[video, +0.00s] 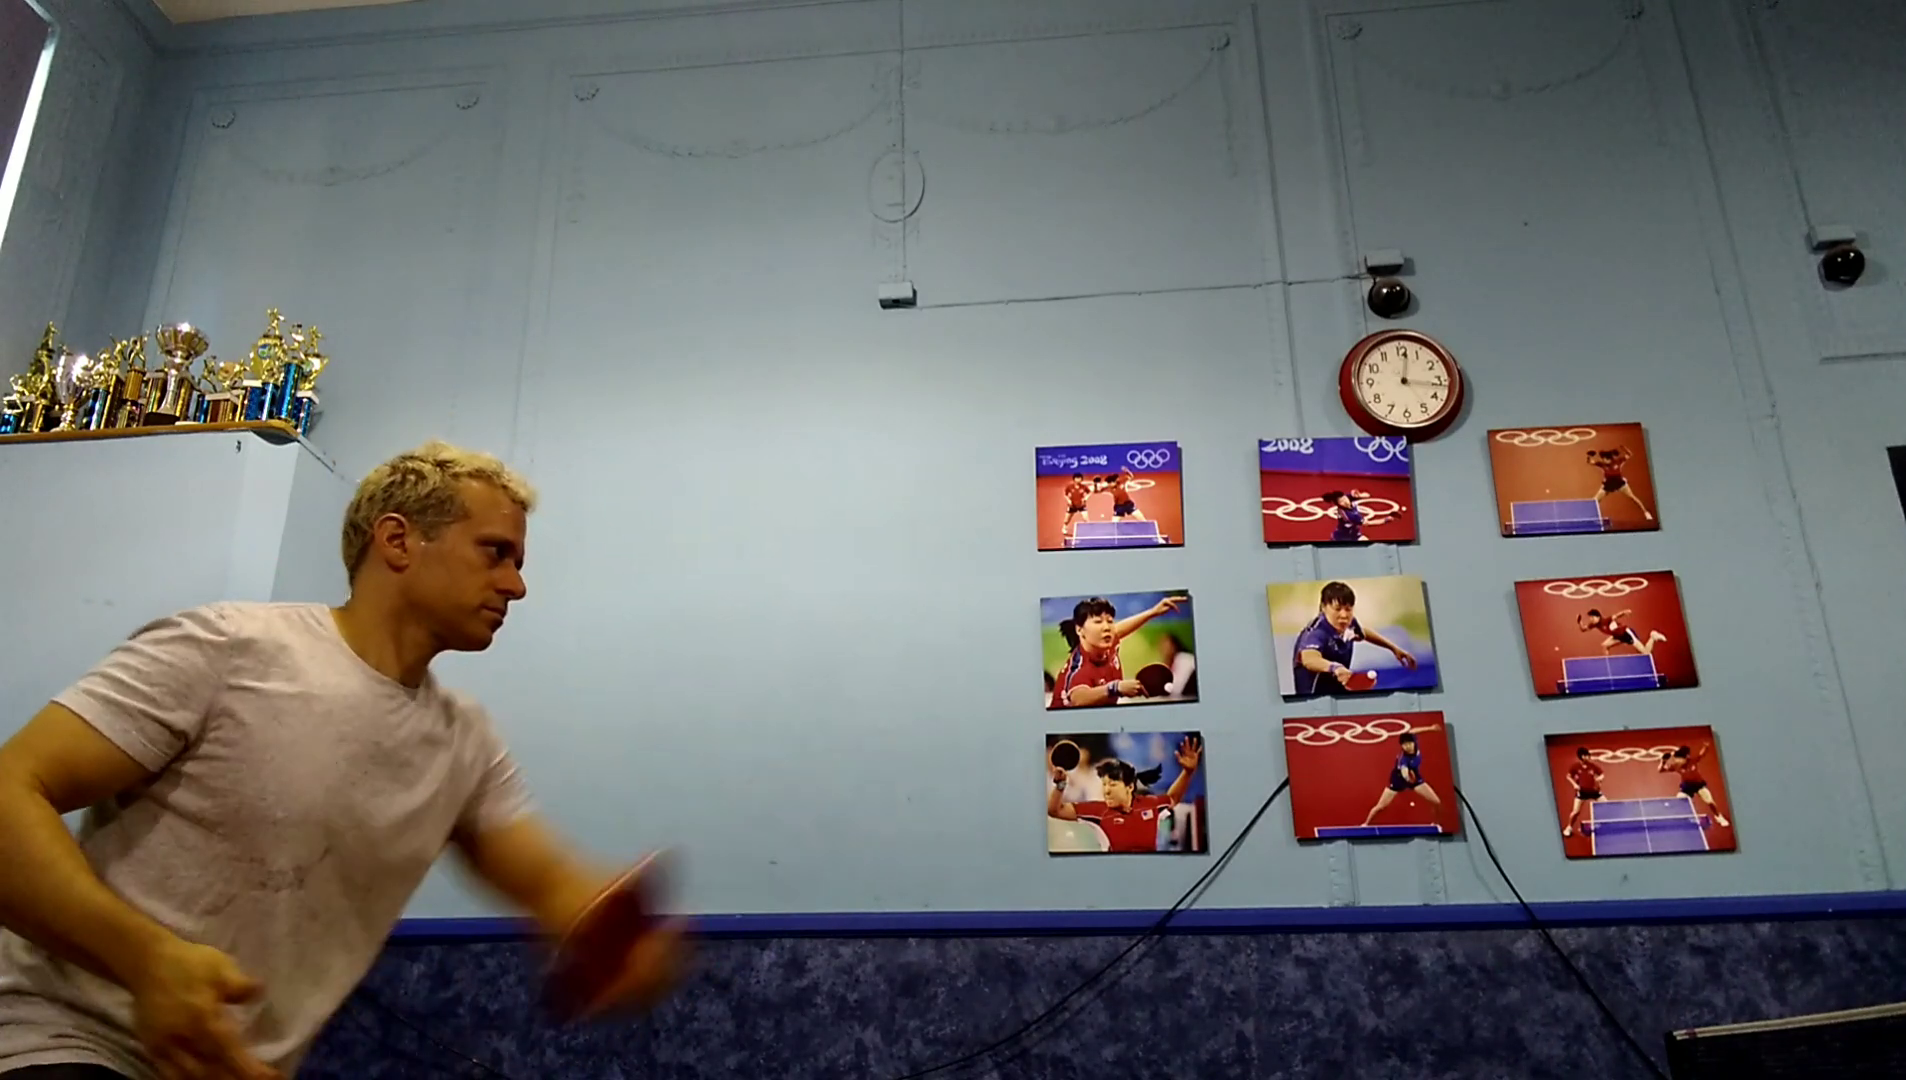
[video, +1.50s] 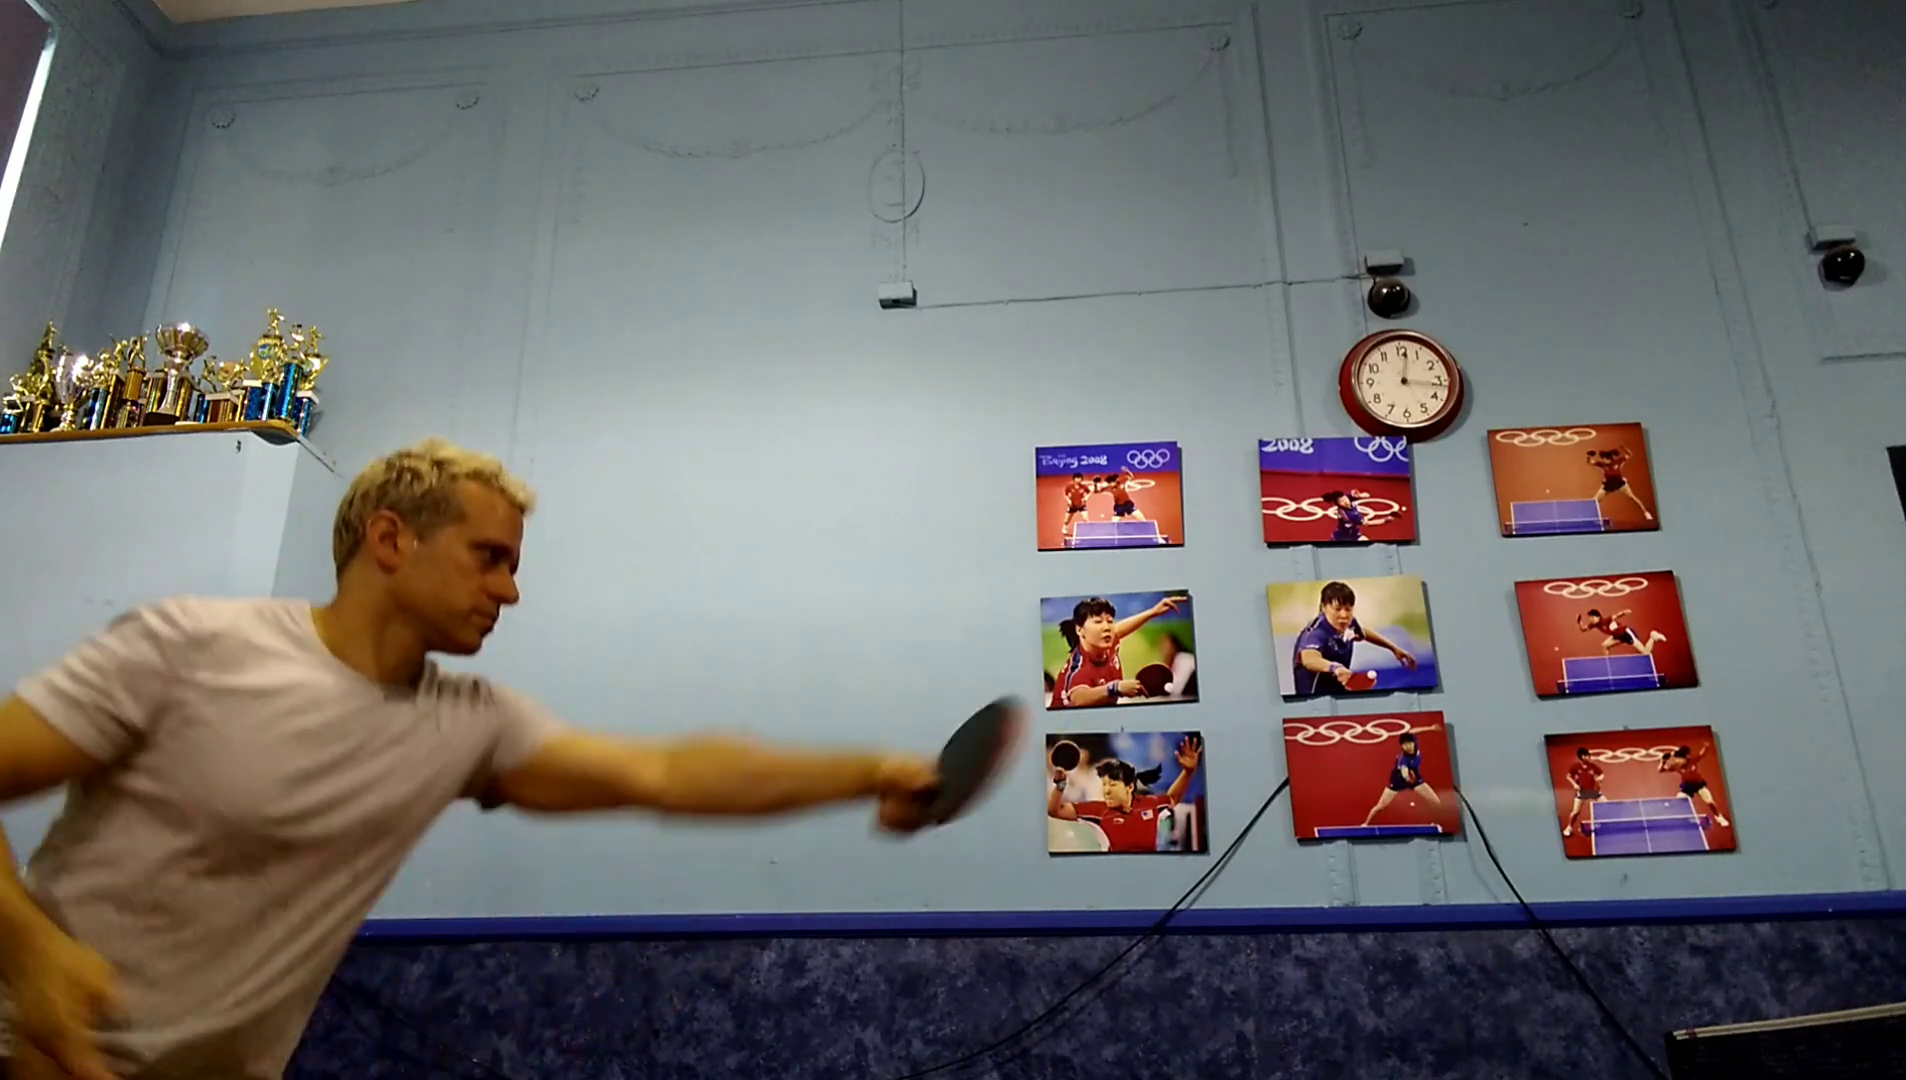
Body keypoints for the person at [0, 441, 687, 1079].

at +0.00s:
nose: (519, 584)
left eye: (519, 562)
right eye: (497, 553)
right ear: (398, 543)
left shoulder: (463, 744)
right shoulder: (225, 648)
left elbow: (547, 877)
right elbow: (9, 792)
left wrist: (614, 931)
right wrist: (142, 956)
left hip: (247, 1064)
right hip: (68, 1025)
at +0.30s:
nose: (506, 659)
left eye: (505, 632)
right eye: (482, 623)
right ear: (375, 614)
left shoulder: (386, 815)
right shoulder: (208, 720)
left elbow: (323, 987)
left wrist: (325, 1060)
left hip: (203, 1069)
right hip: (65, 1052)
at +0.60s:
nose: (492, 628)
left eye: (495, 601)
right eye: (471, 592)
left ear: (376, 588)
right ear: (360, 578)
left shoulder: (442, 750)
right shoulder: (128, 678)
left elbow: (647, 803)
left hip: (179, 1065)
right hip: (19, 1040)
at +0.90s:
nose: (498, 570)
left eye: (495, 543)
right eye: (475, 533)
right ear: (369, 523)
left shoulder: (437, 730)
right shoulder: (151, 638)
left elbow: (489, 924)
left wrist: (462, 971)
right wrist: (1, 893)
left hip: (230, 1063)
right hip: (53, 1051)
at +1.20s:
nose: (526, 641)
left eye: (523, 615)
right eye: (502, 609)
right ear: (400, 604)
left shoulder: (416, 781)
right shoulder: (257, 727)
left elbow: (382, 962)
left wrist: (402, 1064)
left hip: (269, 1068)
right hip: (121, 1057)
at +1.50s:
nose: (509, 588)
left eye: (514, 564)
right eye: (488, 556)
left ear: (419, 558)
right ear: (386, 541)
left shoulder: (466, 727)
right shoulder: (185, 647)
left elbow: (664, 773)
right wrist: (23, 940)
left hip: (227, 1067)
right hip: (47, 1046)